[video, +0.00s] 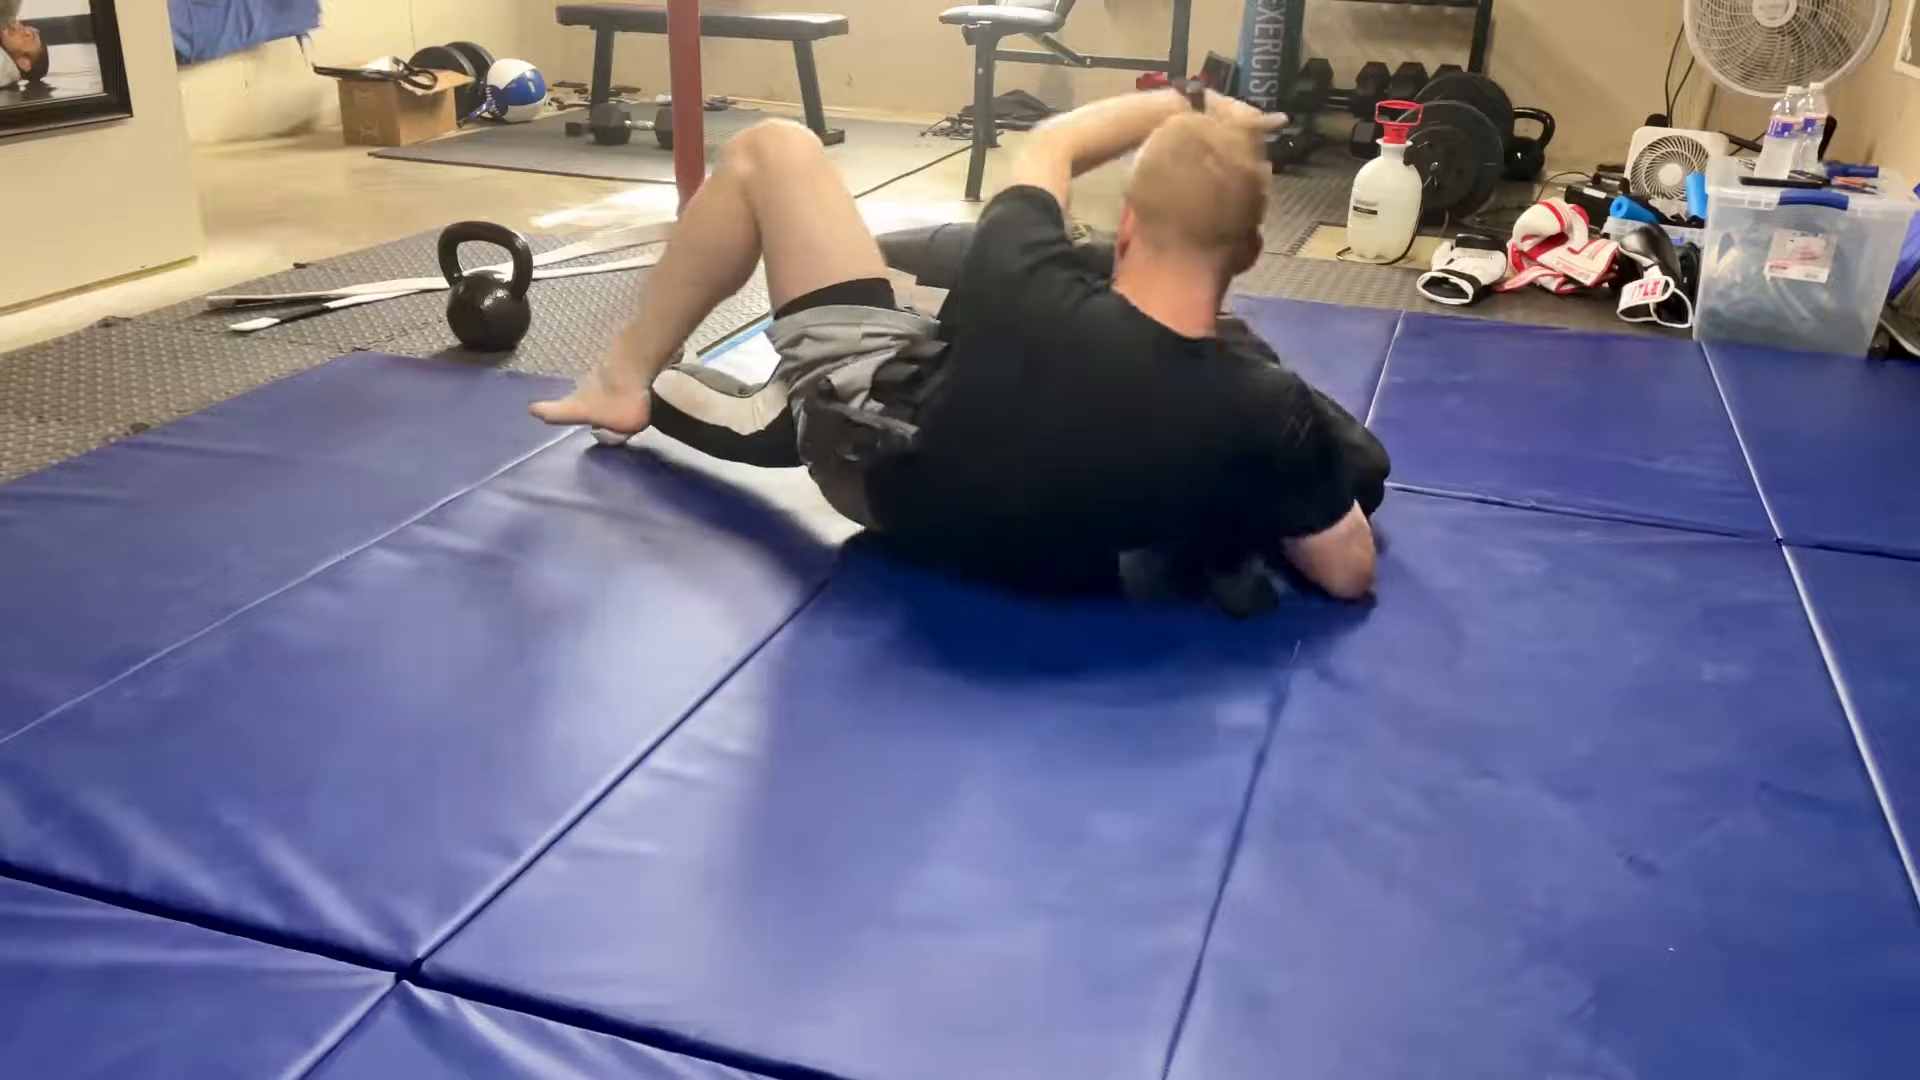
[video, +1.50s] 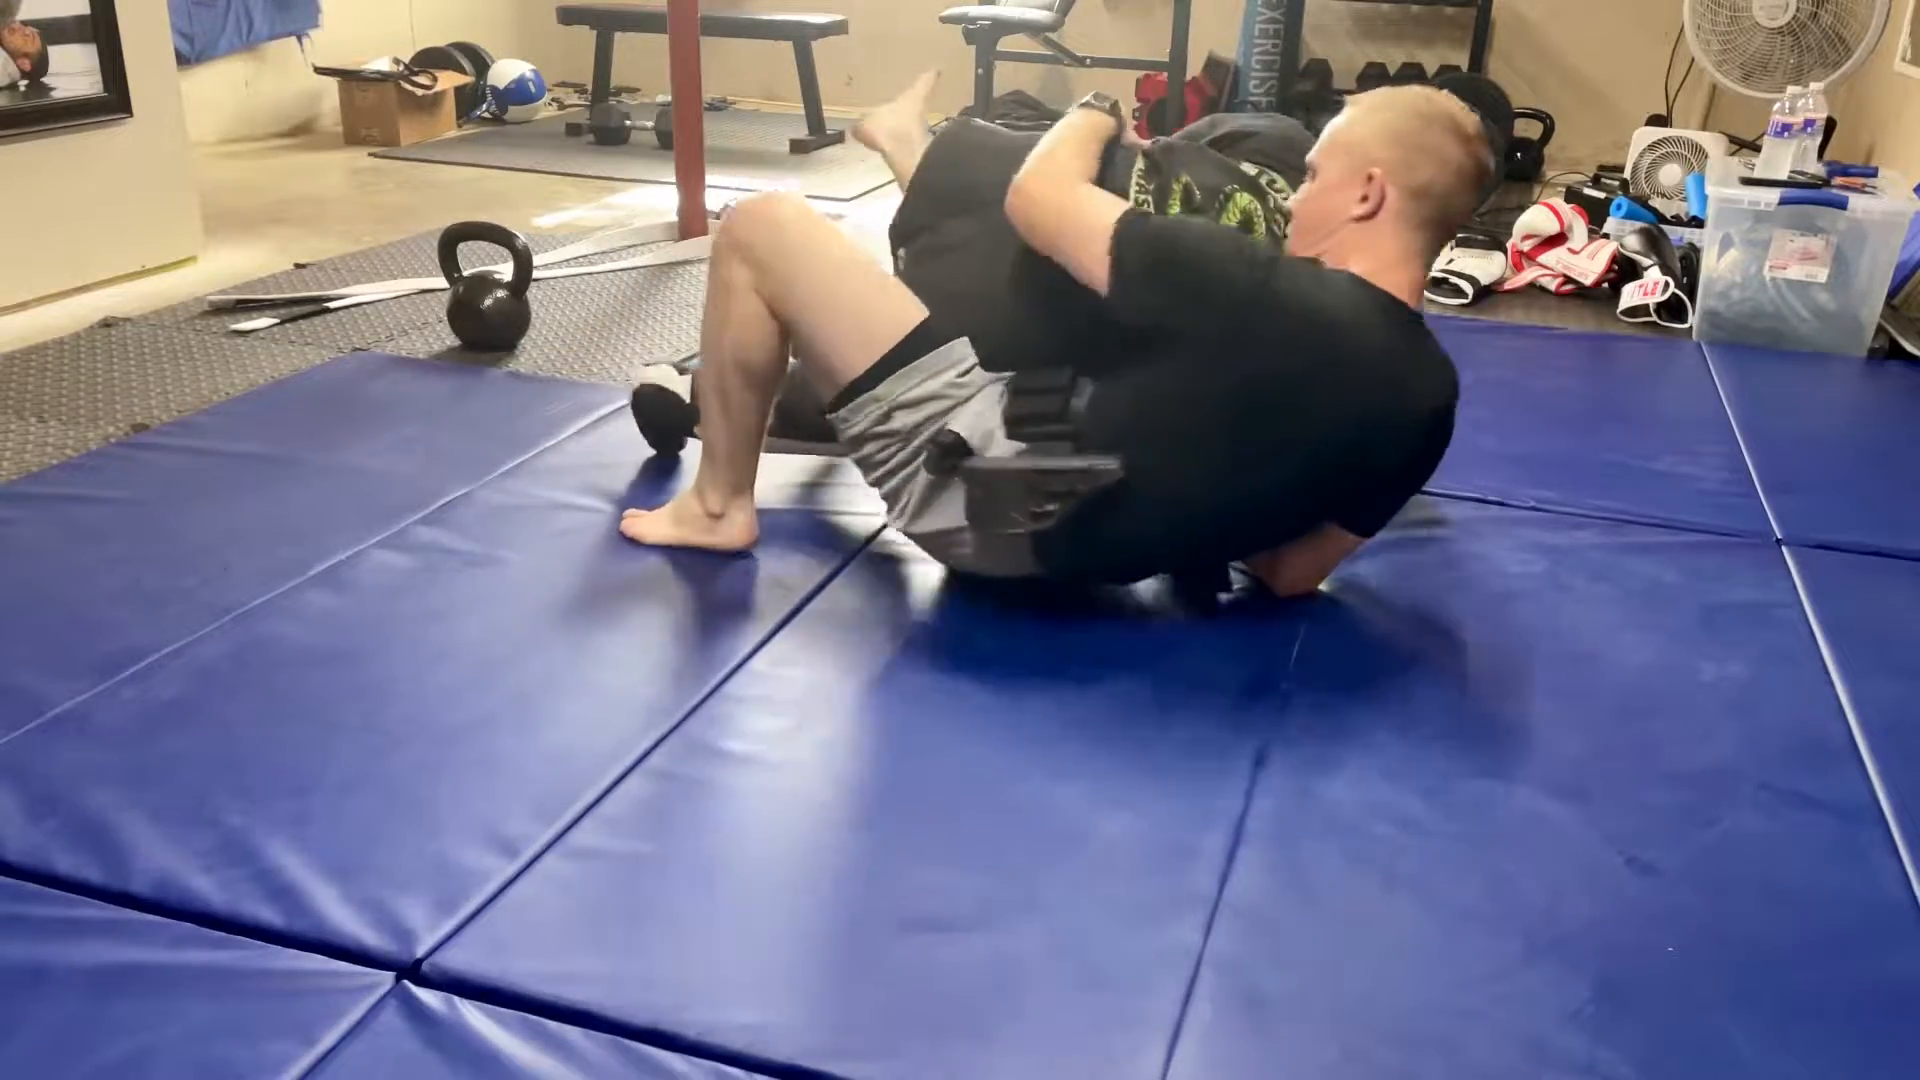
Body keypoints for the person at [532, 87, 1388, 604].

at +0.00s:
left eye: (1132, 187)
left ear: (1125, 218)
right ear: (1249, 257)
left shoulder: (1027, 276)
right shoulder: (1268, 416)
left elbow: (1054, 143)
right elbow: (1349, 575)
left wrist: (1176, 99)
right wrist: (1268, 476)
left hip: (884, 472)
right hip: (1046, 560)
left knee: (773, 147)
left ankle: (623, 380)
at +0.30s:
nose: (1131, 151)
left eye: (1132, 135)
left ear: (1142, 143)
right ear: (1258, 182)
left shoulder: (1039, 195)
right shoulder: (1276, 353)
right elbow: (1289, 565)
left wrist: (1051, 219)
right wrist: (1229, 474)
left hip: (893, 465)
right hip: (1035, 527)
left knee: (755, 158)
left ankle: (717, 439)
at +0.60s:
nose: (1162, 154)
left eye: (1162, 142)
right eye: (1171, 144)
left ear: (1174, 147)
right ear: (1284, 183)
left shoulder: (1070, 192)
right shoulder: (1301, 352)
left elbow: (954, 210)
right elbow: (1294, 567)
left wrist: (1051, 244)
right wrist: (1242, 471)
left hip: (914, 465)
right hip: (1049, 528)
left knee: (766, 170)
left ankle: (725, 443)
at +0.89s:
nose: (1158, 154)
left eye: (1161, 142)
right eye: (1168, 142)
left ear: (1171, 152)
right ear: (1283, 193)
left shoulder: (1059, 210)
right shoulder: (1299, 358)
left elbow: (951, 203)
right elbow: (1290, 568)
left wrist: (1041, 257)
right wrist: (1229, 460)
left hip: (914, 473)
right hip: (1068, 531)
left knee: (760, 166)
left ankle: (714, 440)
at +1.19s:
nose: (1204, 189)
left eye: (1211, 175)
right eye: (1213, 172)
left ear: (1220, 202)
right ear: (1339, 237)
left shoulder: (1090, 285)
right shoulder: (1355, 409)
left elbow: (997, 186)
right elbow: (1283, 573)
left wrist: (1055, 127)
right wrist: (1238, 499)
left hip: (941, 480)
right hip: (1109, 538)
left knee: (763, 168)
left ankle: (726, 468)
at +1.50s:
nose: (1296, 195)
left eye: (1314, 173)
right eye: (1311, 171)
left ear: (1367, 196)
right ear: (1417, 218)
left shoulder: (1246, 284)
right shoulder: (1430, 398)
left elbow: (1038, 198)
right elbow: (1289, 574)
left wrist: (1094, 118)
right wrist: (1235, 461)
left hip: (978, 490)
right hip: (1087, 552)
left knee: (760, 226)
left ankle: (718, 499)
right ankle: (752, 415)